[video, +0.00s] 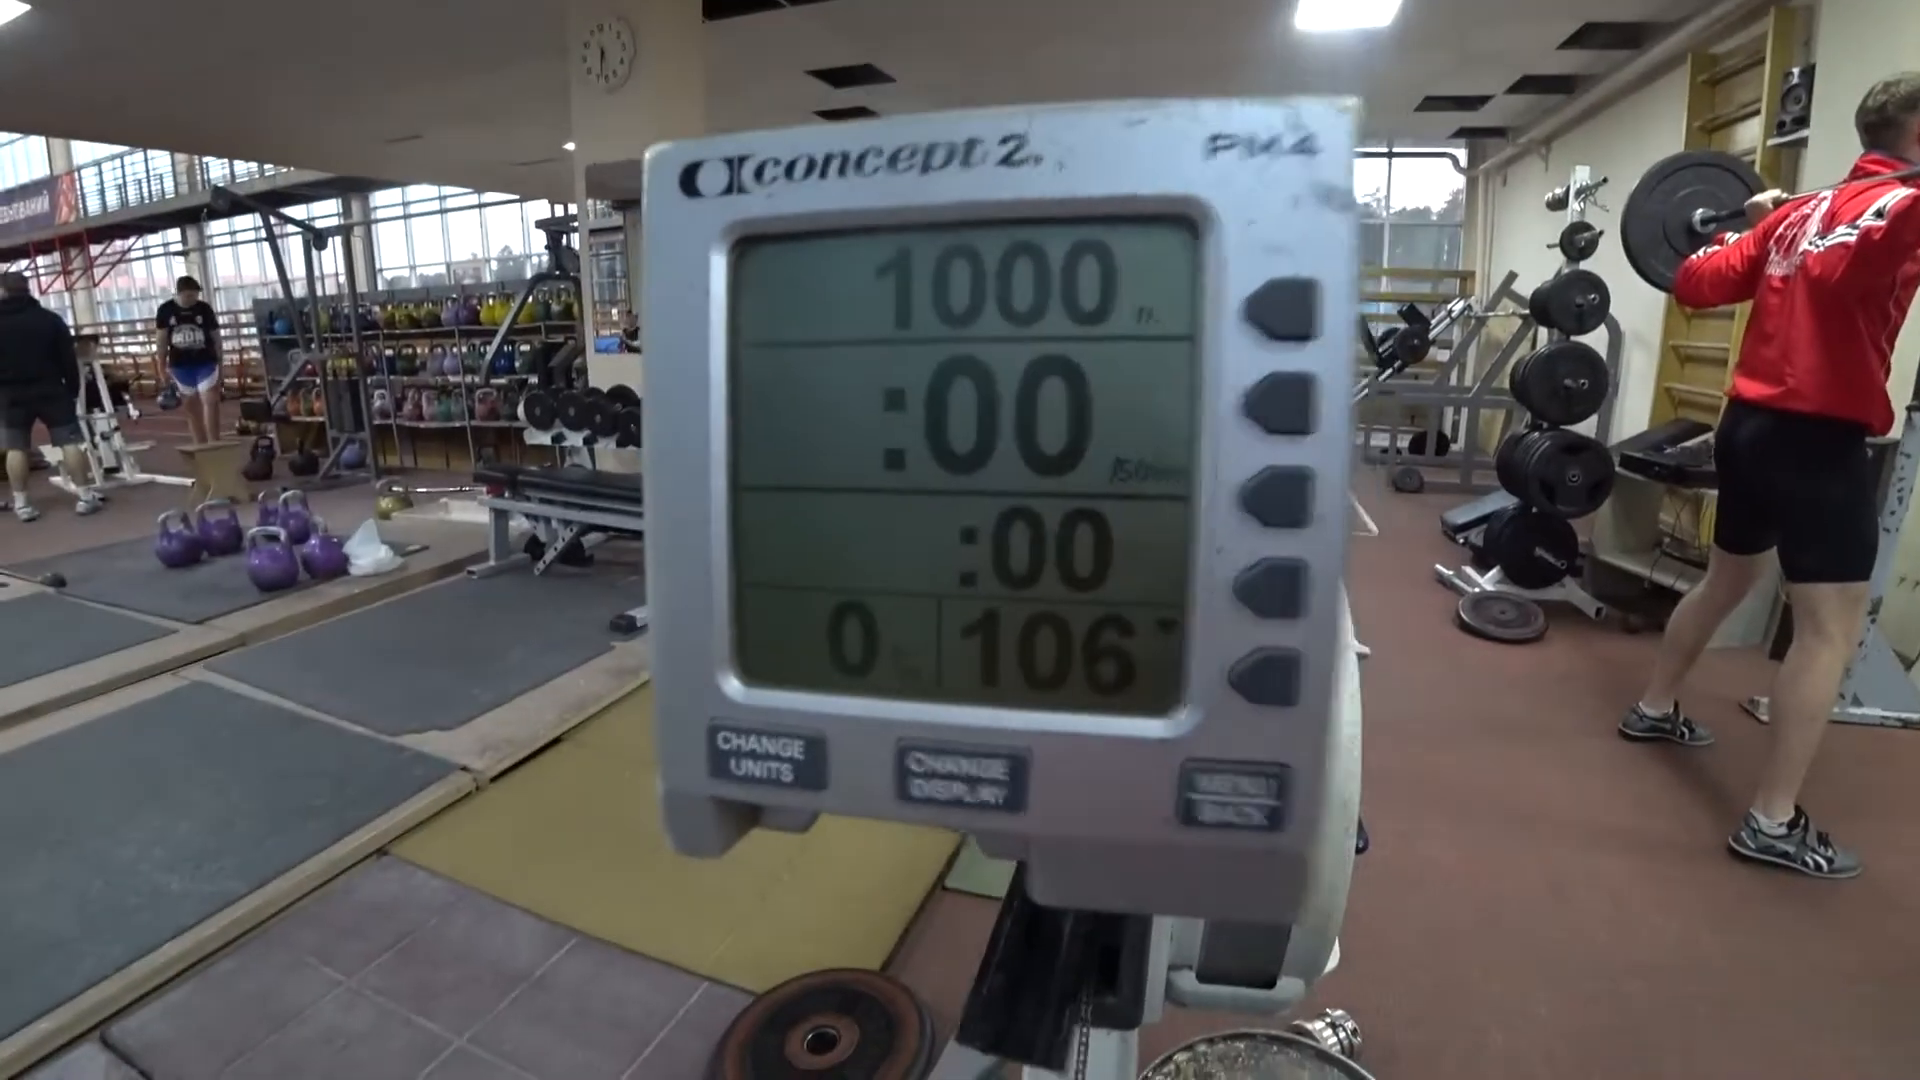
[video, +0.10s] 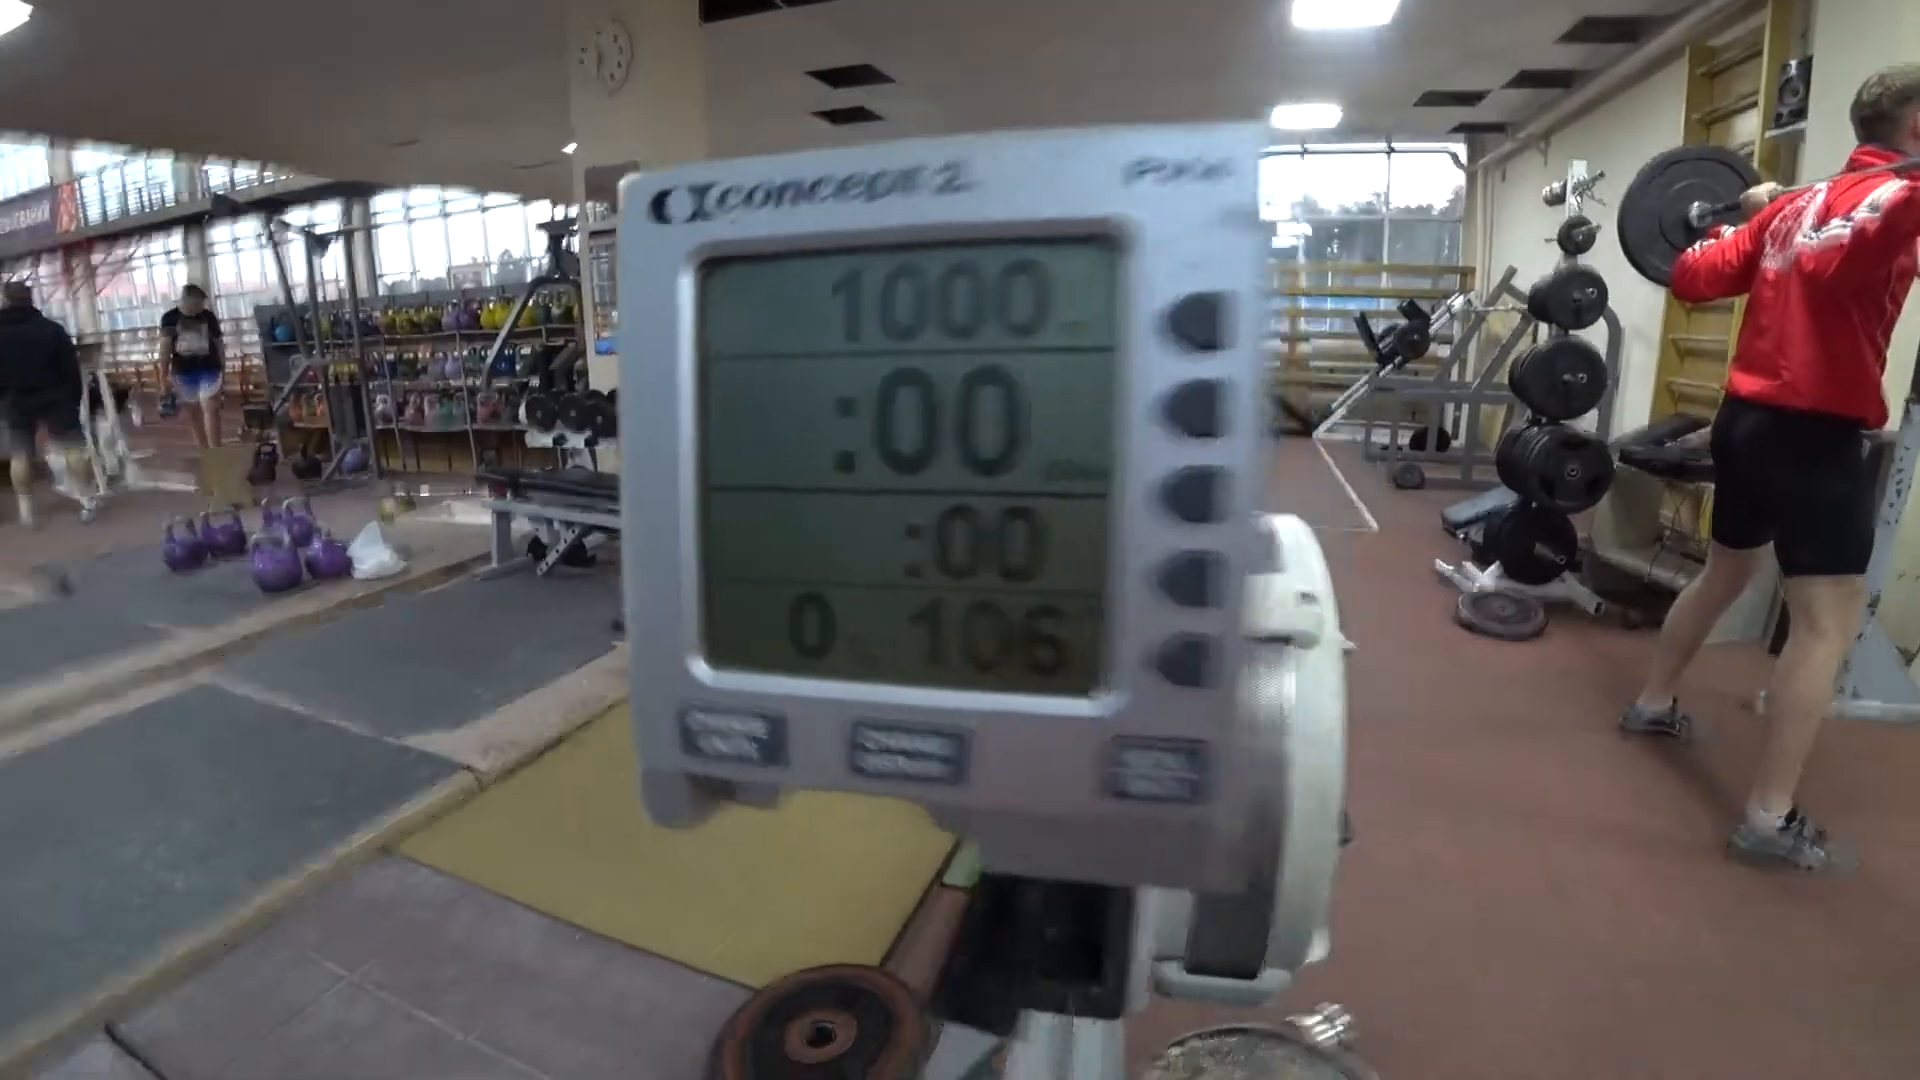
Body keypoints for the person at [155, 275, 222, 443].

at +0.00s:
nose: (192, 298)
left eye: (195, 294)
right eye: (188, 295)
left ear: (198, 293)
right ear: (179, 294)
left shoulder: (204, 309)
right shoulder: (166, 310)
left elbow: (216, 337)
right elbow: (161, 341)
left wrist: (219, 363)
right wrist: (162, 369)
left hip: (205, 362)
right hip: (180, 365)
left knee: (211, 403)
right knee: (191, 407)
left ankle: (214, 444)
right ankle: (200, 446)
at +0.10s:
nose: (194, 308)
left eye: (198, 304)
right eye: (191, 304)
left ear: (203, 302)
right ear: (182, 301)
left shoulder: (209, 317)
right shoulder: (170, 318)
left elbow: (219, 344)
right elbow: (165, 349)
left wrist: (222, 368)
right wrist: (163, 378)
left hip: (209, 367)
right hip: (183, 370)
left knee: (210, 408)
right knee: (193, 413)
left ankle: (215, 450)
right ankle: (204, 450)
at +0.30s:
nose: (232, 257)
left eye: (234, 253)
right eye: (230, 252)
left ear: (234, 253)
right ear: (220, 250)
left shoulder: (234, 273)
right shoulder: (198, 265)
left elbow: (238, 302)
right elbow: (184, 296)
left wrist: (237, 326)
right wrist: (177, 327)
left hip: (225, 323)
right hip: (201, 323)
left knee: (221, 364)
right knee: (205, 363)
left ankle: (220, 402)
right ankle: (207, 397)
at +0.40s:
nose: (244, 283)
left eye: (246, 279)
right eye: (243, 278)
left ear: (247, 279)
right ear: (236, 274)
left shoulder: (247, 297)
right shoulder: (210, 291)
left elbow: (249, 327)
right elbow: (196, 321)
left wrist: (248, 356)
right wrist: (189, 353)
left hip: (237, 344)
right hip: (212, 343)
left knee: (231, 386)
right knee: (212, 384)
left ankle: (227, 423)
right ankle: (213, 421)